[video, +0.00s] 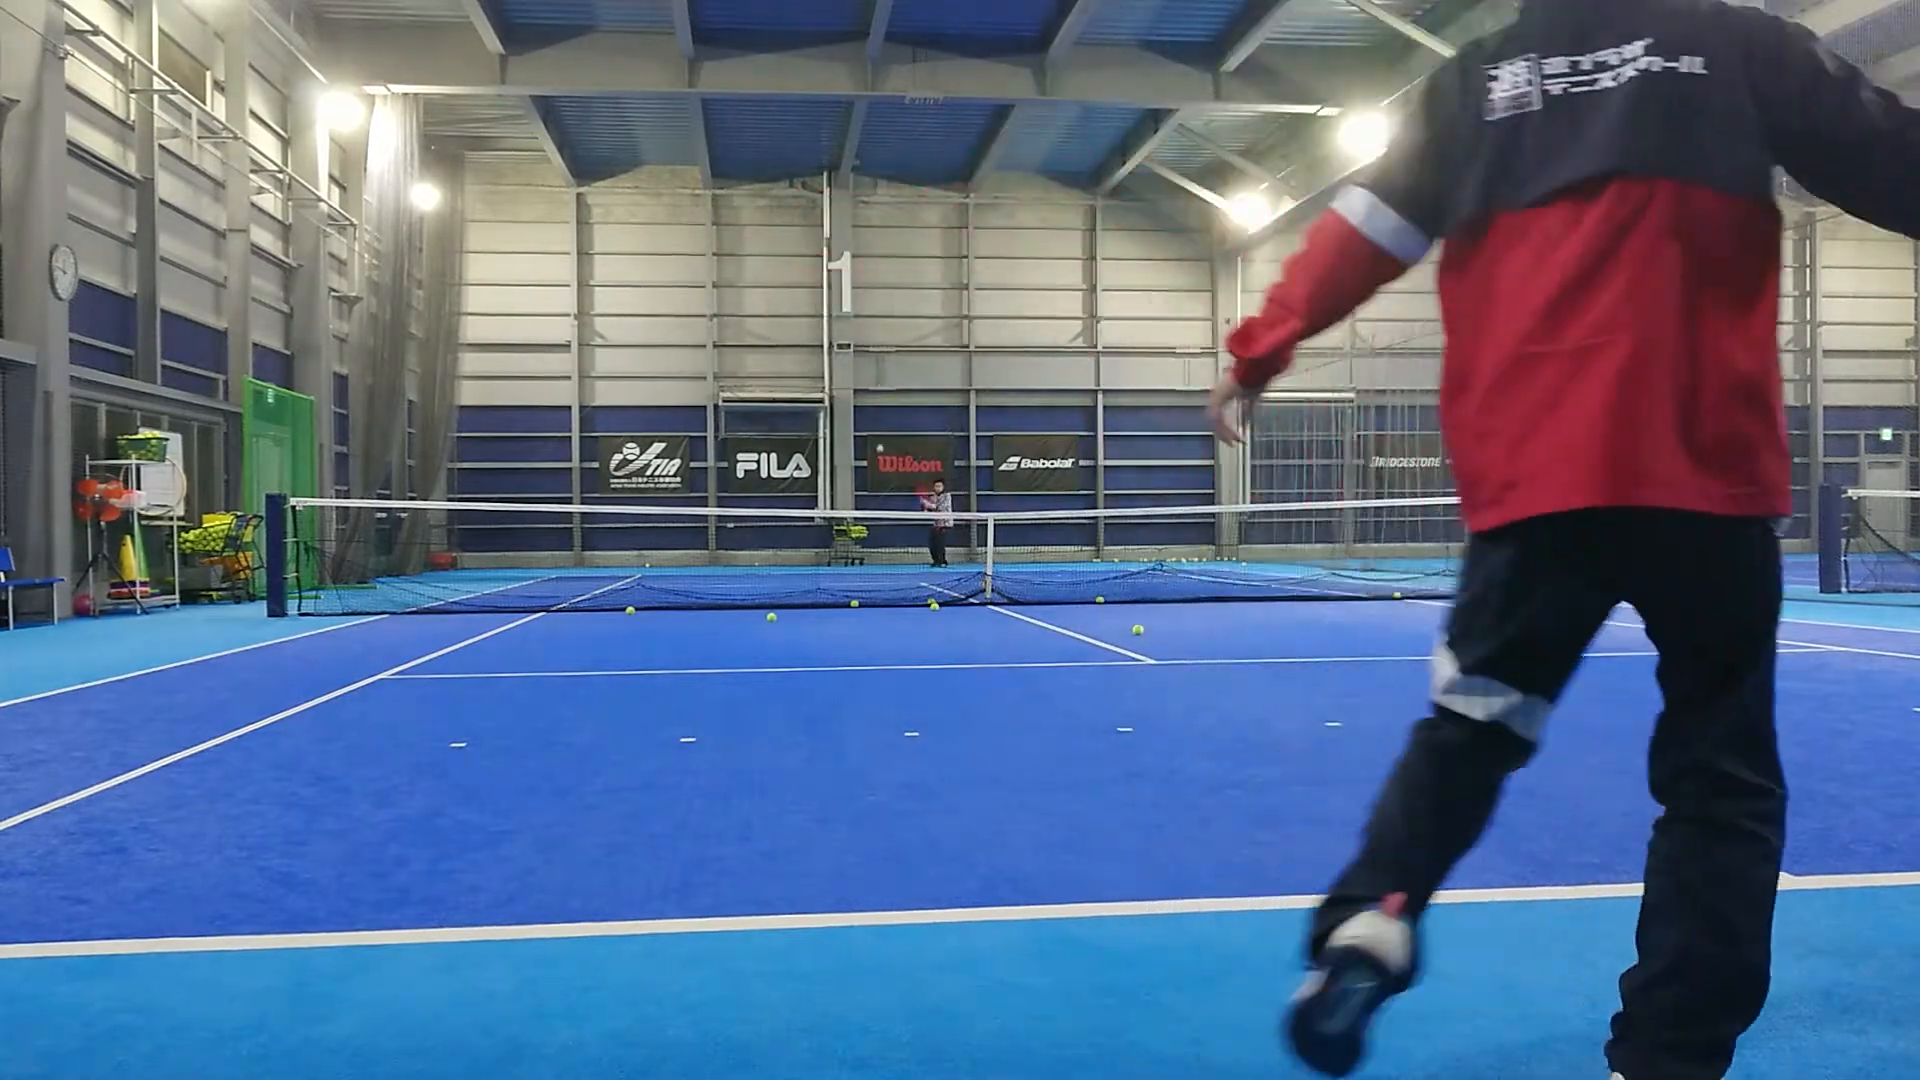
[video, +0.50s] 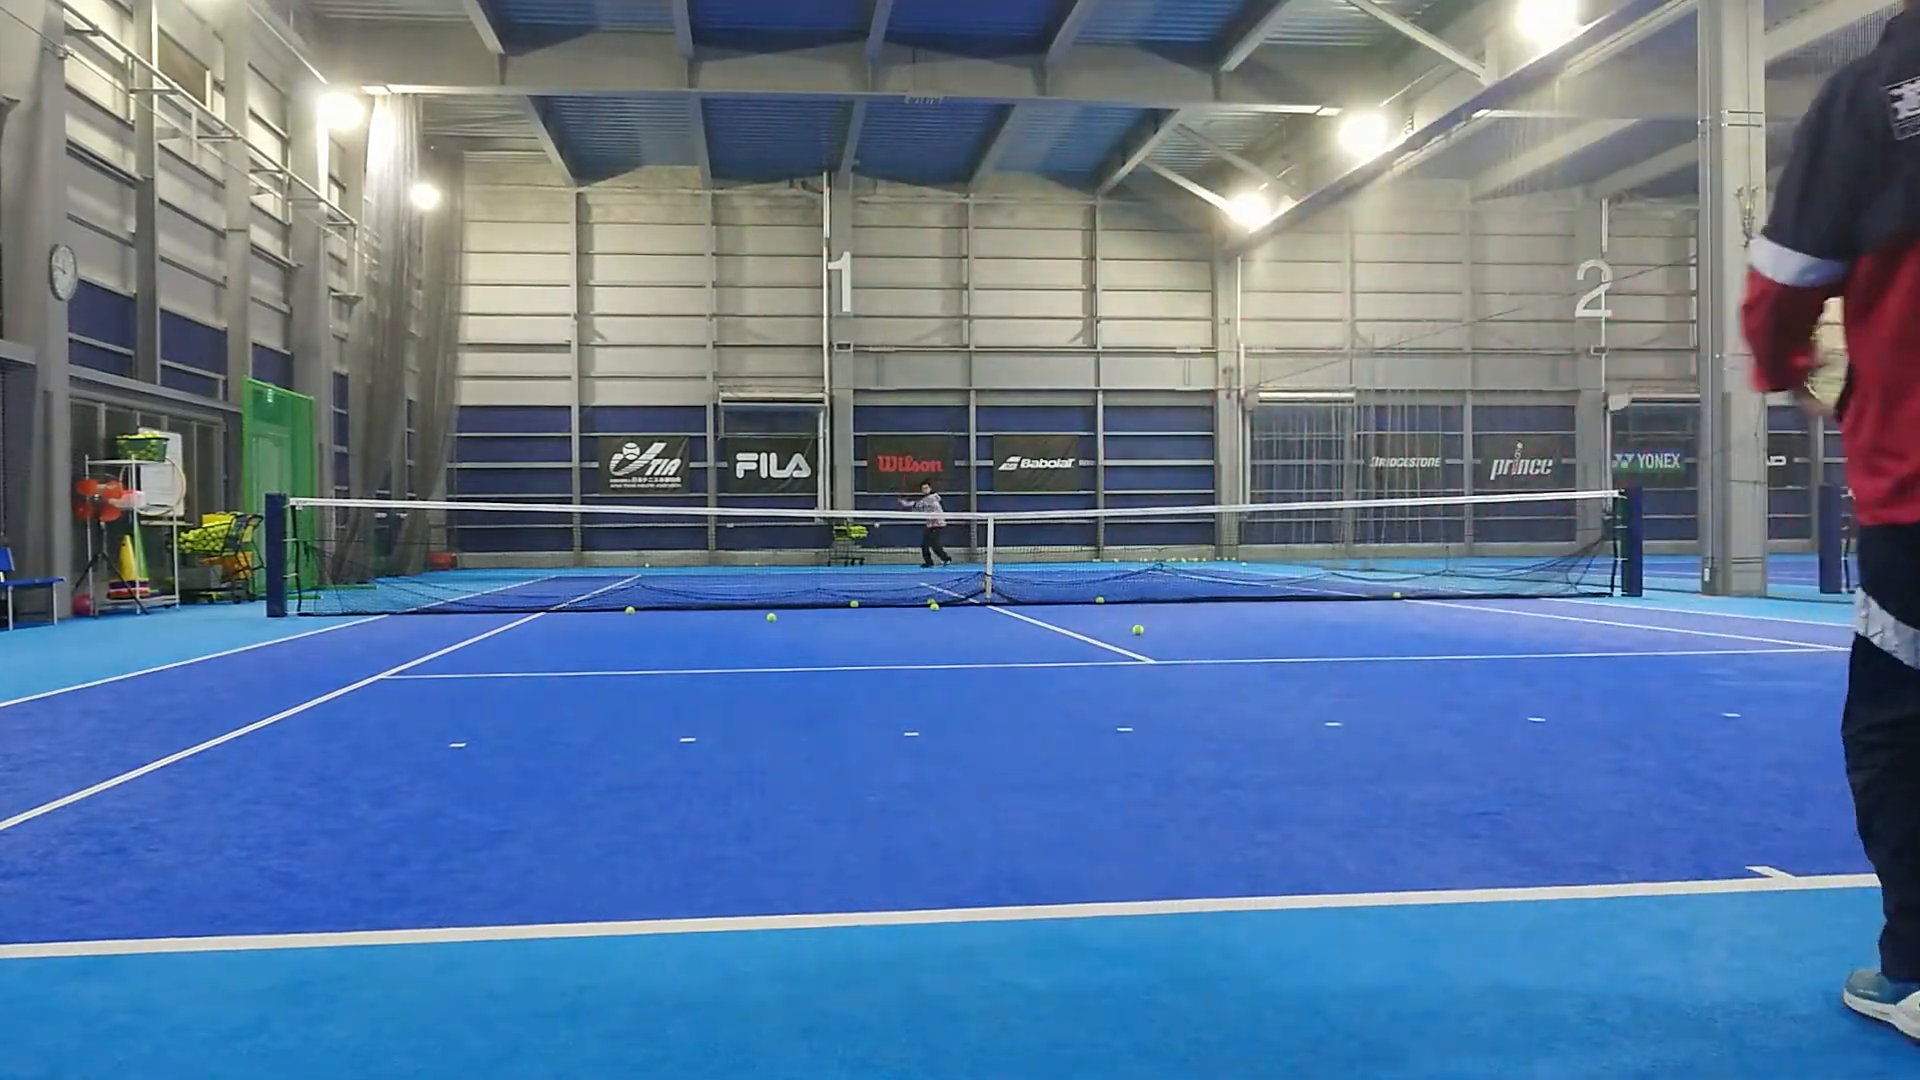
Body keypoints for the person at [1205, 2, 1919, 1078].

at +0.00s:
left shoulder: (1474, 74)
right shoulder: (1743, 41)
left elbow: (1363, 234)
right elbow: (1905, 168)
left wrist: (1255, 350)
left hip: (1533, 465)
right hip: (1711, 465)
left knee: (1476, 715)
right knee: (1721, 769)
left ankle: (1372, 916)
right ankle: (1674, 1053)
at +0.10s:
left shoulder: (1554, 83)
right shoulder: (1839, 55)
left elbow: (1454, 256)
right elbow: (1917, 196)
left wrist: (1370, 364)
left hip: (1609, 459)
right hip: (1777, 460)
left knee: (1617, 708)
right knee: (1761, 758)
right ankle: (1669, 1050)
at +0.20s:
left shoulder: (1649, 57)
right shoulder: (1901, 34)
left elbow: (1558, 235)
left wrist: (1455, 357)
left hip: (1692, 424)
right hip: (1867, 419)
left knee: (1741, 714)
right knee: (1797, 725)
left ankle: (1825, 960)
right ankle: (1690, 998)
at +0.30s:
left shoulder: (1723, 87)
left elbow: (1635, 255)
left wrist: (1524, 377)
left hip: (1773, 463)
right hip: (1905, 448)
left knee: (1848, 729)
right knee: (1907, 726)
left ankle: (1902, 971)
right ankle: (1807, 915)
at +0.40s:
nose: (1818, 14)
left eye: (1818, 9)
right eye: (1818, 12)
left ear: (1842, 2)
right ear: (1889, 2)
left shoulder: (1808, 99)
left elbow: (1707, 293)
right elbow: (1710, 290)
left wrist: (1621, 399)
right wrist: (1631, 392)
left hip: (1874, 477)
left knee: (1877, 730)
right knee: (1878, 723)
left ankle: (1912, 977)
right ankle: (1908, 971)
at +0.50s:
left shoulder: (1878, 75)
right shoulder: (1870, 78)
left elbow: (1786, 271)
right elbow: (1790, 267)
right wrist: (1787, 359)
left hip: (1909, 483)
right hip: (1900, 483)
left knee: (1891, 726)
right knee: (1889, 722)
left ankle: (1913, 973)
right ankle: (1909, 966)